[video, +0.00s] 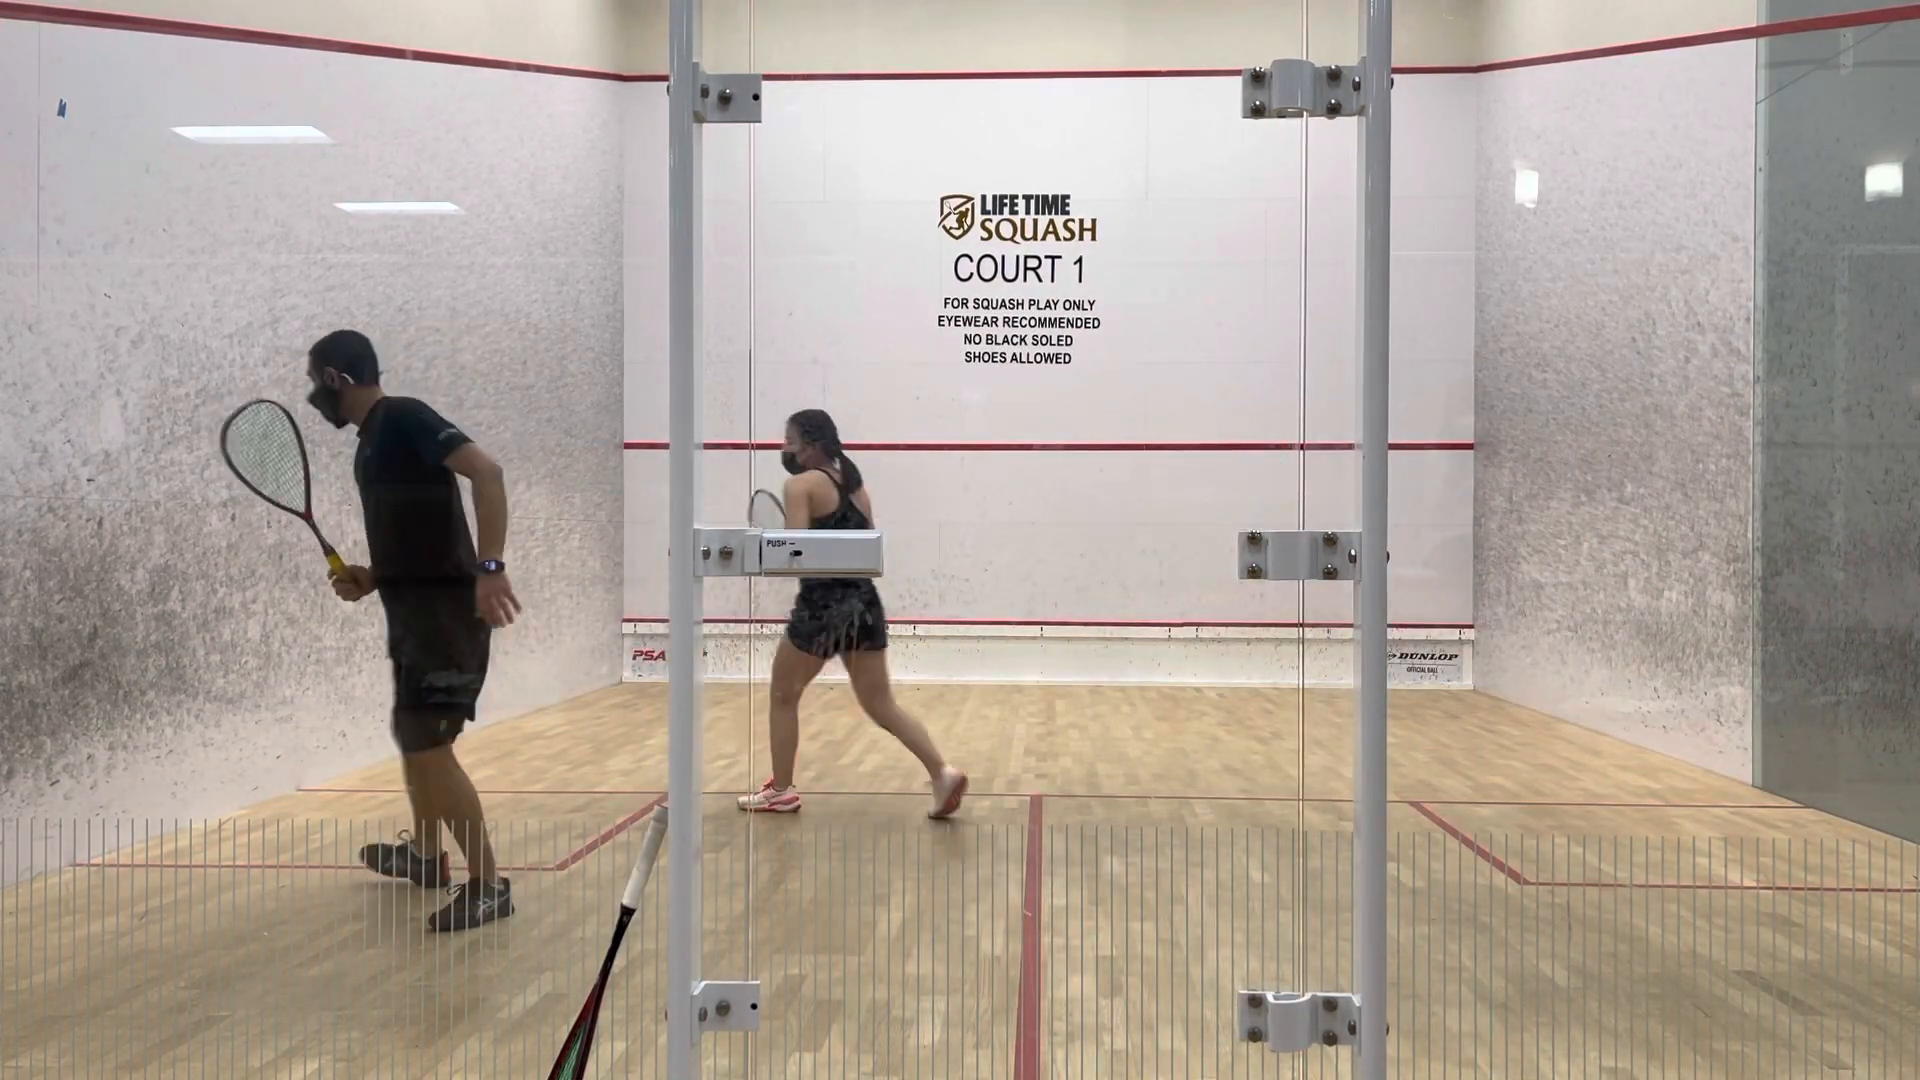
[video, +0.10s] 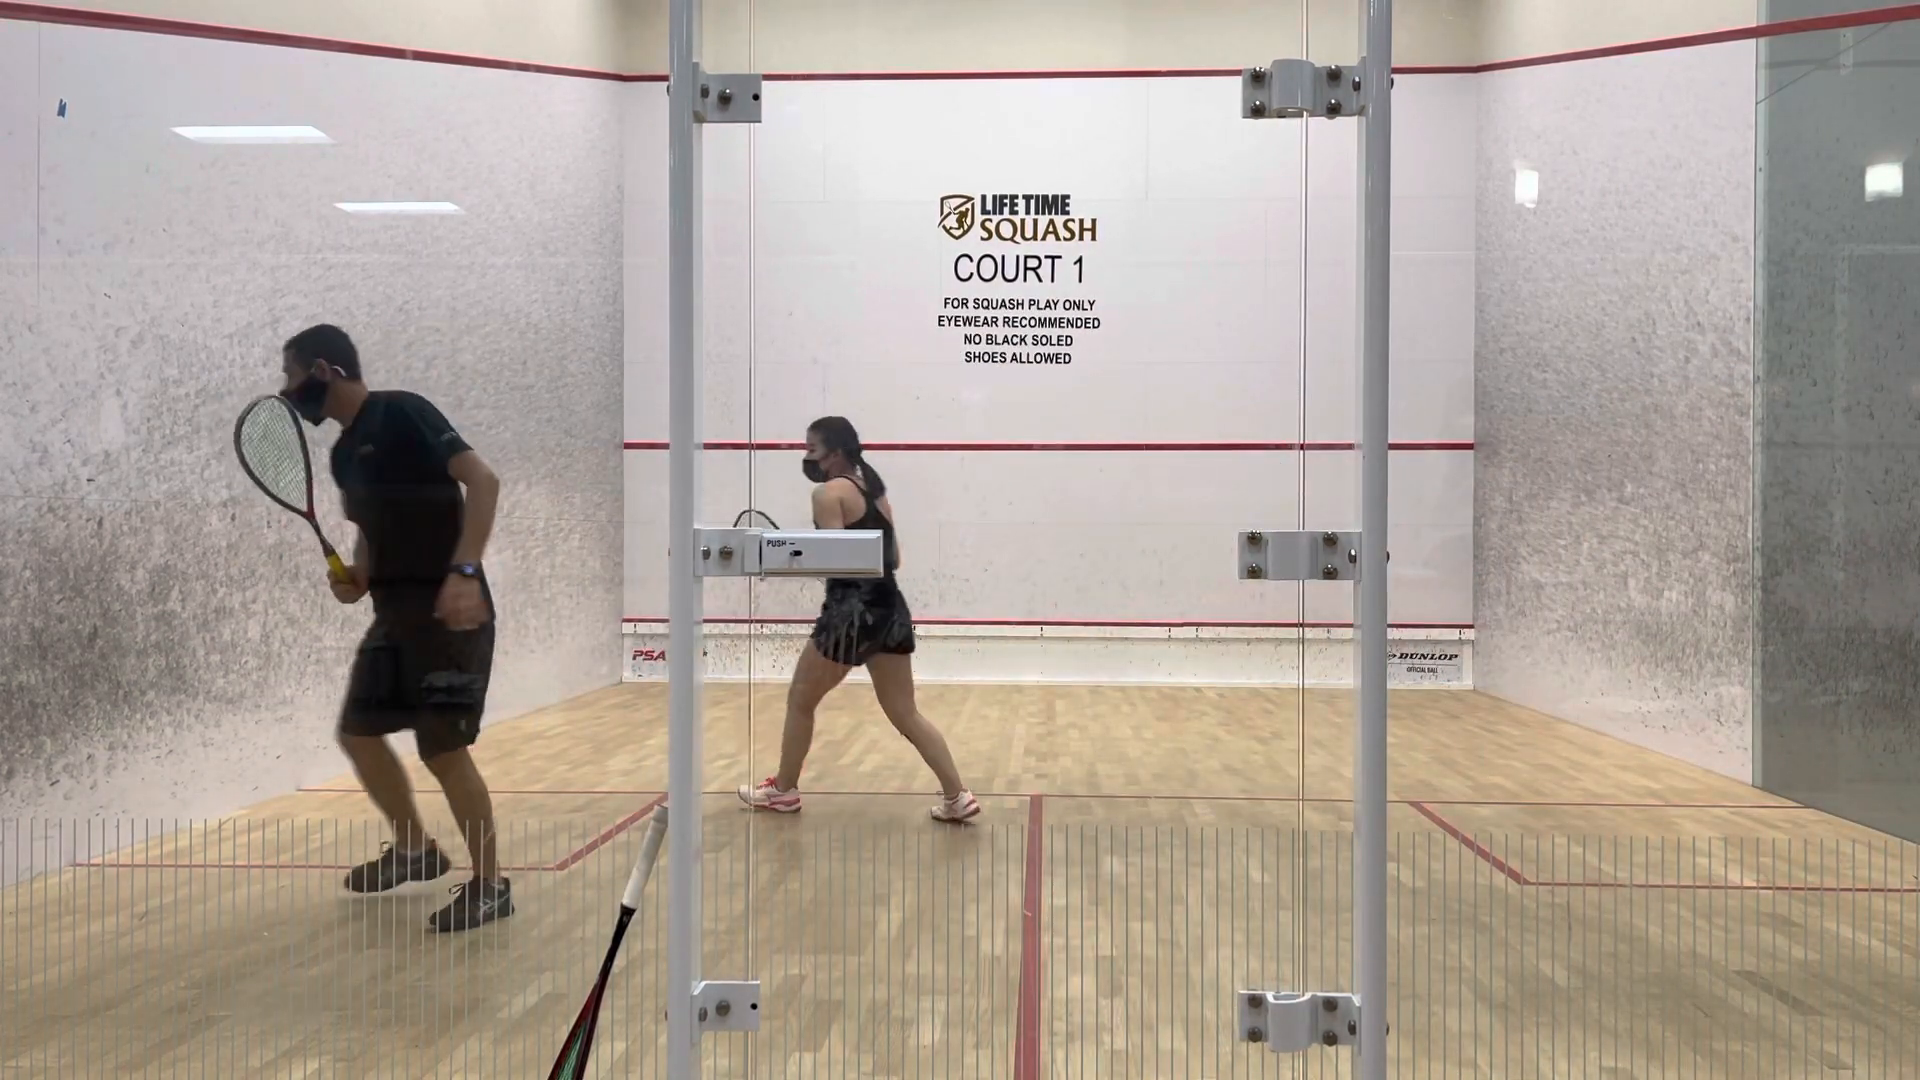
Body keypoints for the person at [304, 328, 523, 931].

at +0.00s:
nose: (313, 397)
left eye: (315, 384)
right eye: (312, 385)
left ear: (339, 380)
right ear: (356, 378)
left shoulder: (401, 418)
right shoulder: (370, 446)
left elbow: (487, 472)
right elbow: (413, 540)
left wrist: (491, 567)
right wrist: (370, 578)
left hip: (446, 608)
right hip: (411, 613)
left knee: (428, 741)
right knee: (413, 734)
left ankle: (488, 883)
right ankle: (425, 854)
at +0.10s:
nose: (292, 394)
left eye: (295, 380)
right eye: (289, 383)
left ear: (329, 370)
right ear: (325, 374)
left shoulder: (405, 412)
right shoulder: (342, 453)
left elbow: (482, 482)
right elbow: (369, 530)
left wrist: (465, 572)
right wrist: (359, 577)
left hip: (450, 604)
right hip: (395, 610)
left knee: (443, 747)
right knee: (358, 733)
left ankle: (488, 882)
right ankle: (414, 846)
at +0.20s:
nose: (263, 390)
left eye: (268, 377)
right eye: (259, 380)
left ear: (305, 366)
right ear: (299, 370)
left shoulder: (383, 407)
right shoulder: (310, 459)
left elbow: (464, 476)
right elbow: (341, 545)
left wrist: (417, 563)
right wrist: (333, 573)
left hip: (440, 603)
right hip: (373, 610)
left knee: (458, 743)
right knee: (310, 730)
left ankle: (489, 883)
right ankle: (352, 870)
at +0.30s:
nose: (233, 406)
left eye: (237, 390)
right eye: (227, 396)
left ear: (271, 375)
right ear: (260, 383)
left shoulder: (352, 415)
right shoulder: (279, 470)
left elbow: (440, 477)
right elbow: (299, 567)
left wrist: (366, 549)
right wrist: (305, 581)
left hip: (418, 616)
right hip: (347, 624)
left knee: (451, 750)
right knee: (268, 739)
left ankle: (486, 885)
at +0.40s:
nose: (176, 412)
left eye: (182, 396)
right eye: (170, 403)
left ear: (224, 384)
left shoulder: (305, 421)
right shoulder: (233, 491)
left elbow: (403, 471)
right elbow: (262, 595)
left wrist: (318, 526)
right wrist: (257, 584)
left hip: (381, 629)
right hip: (310, 638)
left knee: (424, 768)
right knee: (233, 770)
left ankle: (486, 877)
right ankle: (151, 933)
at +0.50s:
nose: (110, 436)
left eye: (115, 420)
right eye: (103, 428)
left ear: (160, 399)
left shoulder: (251, 427)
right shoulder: (163, 513)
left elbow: (365, 459)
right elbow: (199, 629)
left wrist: (295, 505)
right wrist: (199, 587)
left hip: (344, 641)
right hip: (264, 659)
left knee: (374, 803)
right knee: (177, 794)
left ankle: (455, 844)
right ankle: (118, 960)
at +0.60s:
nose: (49, 480)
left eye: (52, 462)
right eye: (41, 472)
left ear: (94, 436)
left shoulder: (193, 447)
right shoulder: (113, 552)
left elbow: (321, 455)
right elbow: (148, 650)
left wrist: (294, 508)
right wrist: (147, 568)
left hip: (329, 637)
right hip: (248, 654)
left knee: (279, 790)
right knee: (144, 776)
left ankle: (382, 875)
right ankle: (115, 959)